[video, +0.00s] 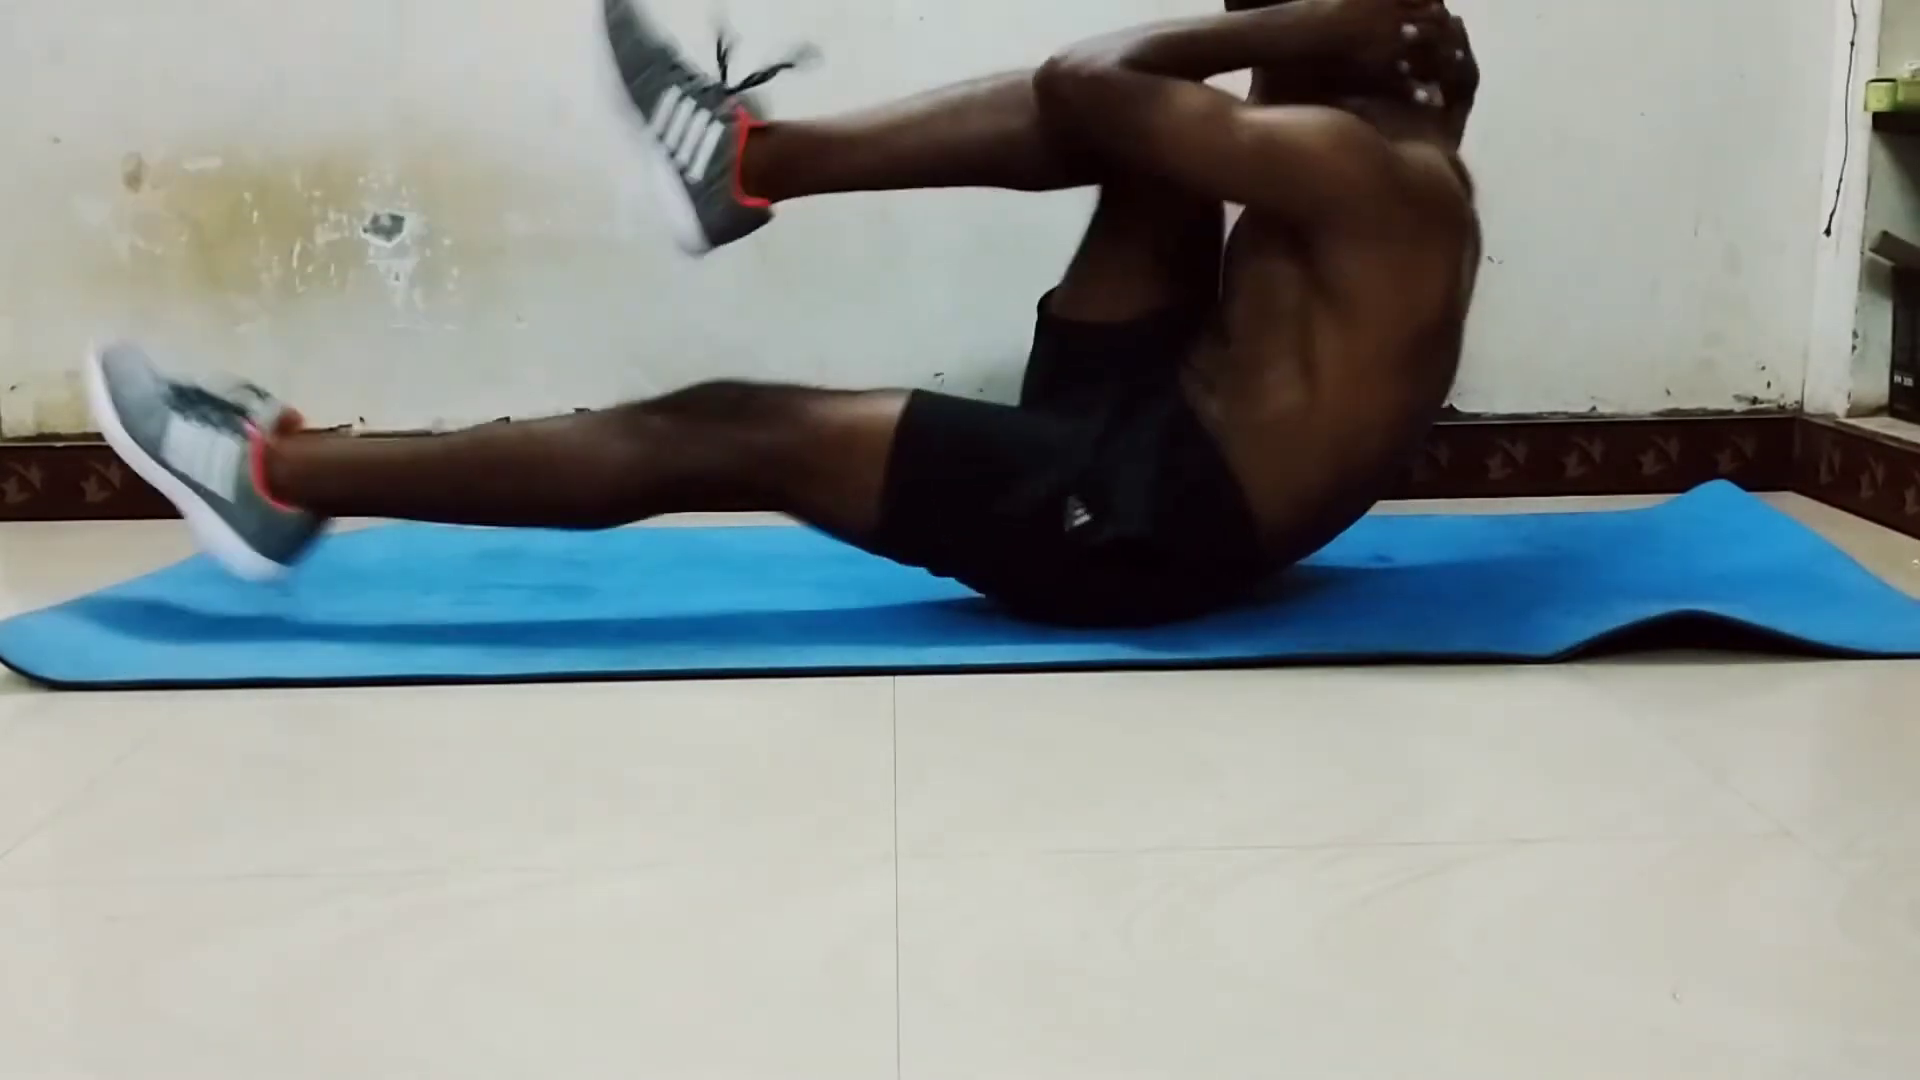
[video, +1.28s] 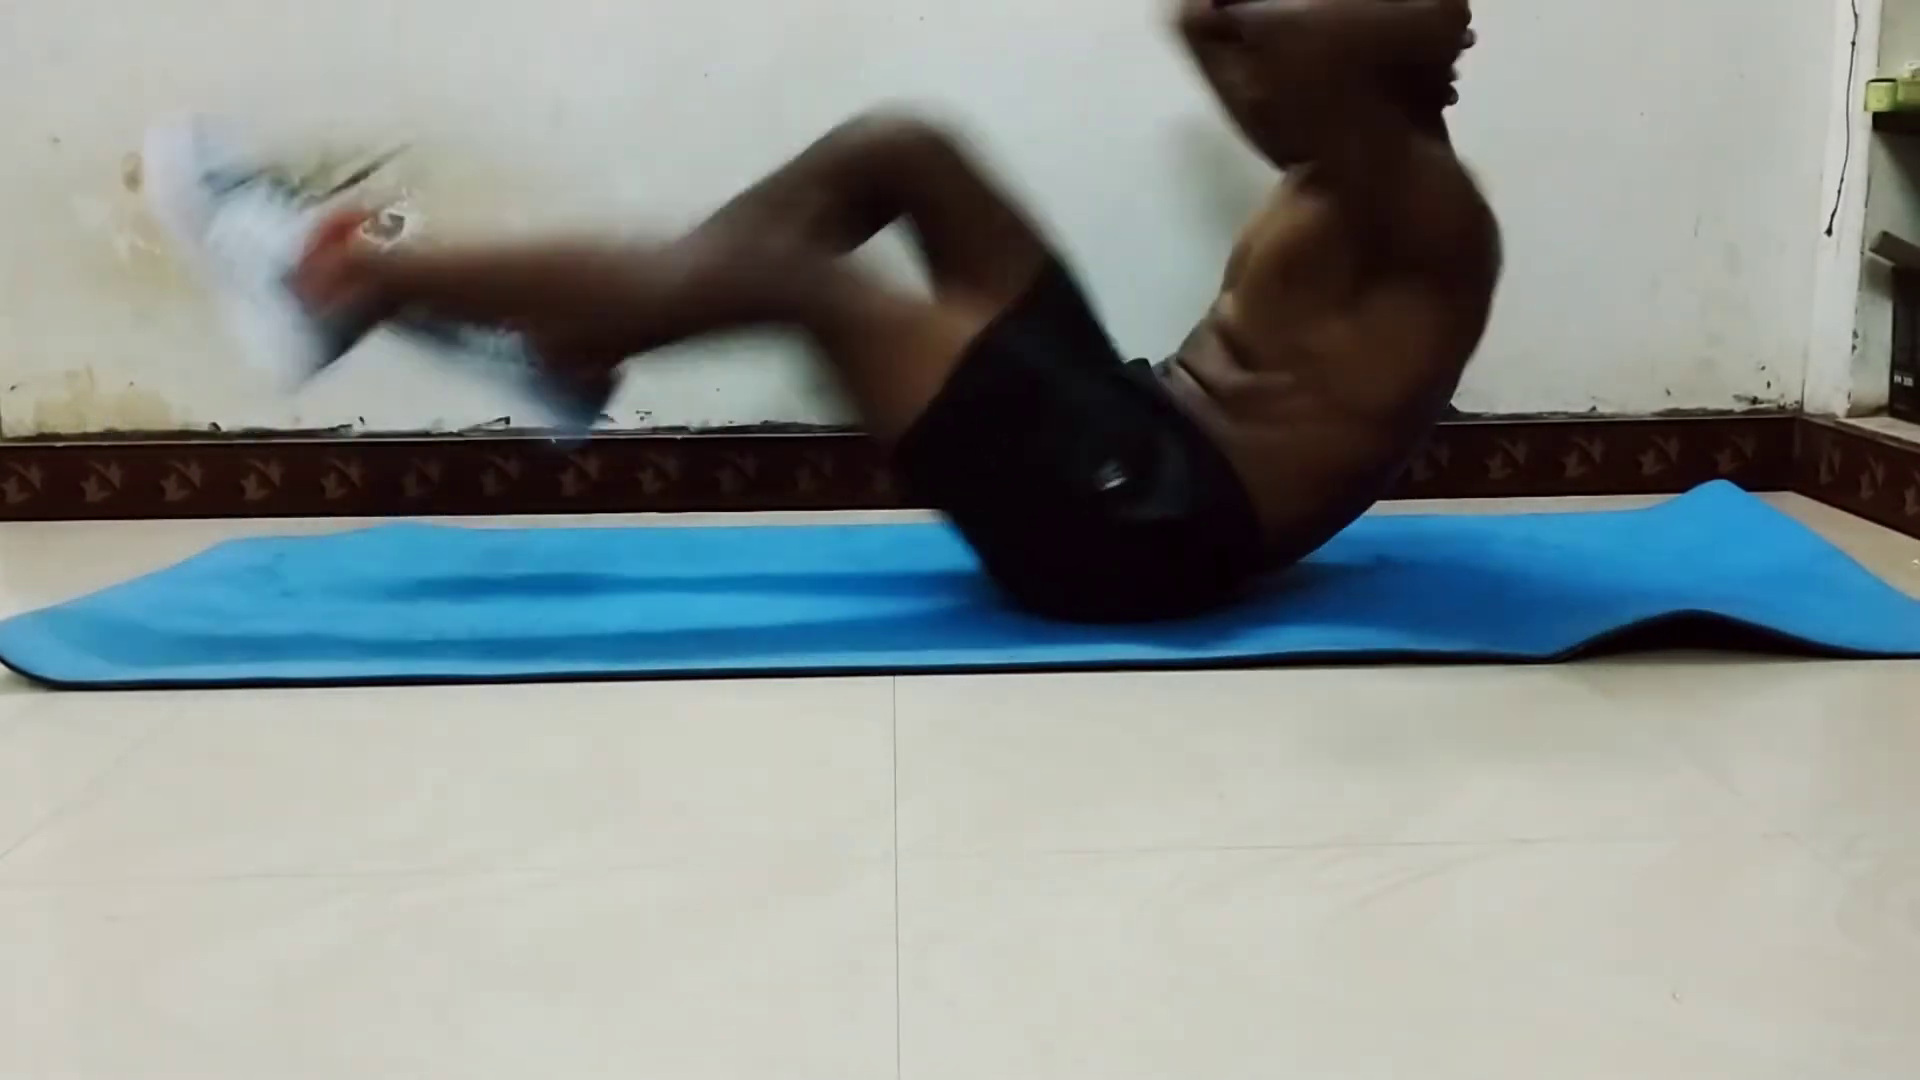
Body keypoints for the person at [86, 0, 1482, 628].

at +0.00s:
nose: (1254, 75)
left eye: (1296, 52)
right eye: (1280, 47)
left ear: (1392, 66)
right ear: (1409, 74)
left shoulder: (1367, 170)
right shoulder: (1388, 166)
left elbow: (1072, 106)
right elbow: (1109, 88)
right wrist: (1343, 39)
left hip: (1132, 517)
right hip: (1143, 440)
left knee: (731, 430)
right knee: (1150, 123)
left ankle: (285, 472)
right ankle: (757, 161)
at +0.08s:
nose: (1257, 63)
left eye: (1276, 40)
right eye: (1268, 40)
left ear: (1385, 45)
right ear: (1406, 52)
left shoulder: (1388, 162)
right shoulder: (1385, 158)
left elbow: (1094, 91)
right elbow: (1113, 82)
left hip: (1146, 520)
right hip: (1151, 429)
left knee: (752, 388)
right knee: (1092, 116)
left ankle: (328, 472)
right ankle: (697, 184)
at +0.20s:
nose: (1274, 66)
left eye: (1289, 49)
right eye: (1289, 45)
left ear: (1365, 54)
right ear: (1386, 56)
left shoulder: (1402, 166)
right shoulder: (1389, 167)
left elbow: (1136, 62)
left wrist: (1360, 60)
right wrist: (1322, 67)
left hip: (1148, 514)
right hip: (1148, 427)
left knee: (762, 346)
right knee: (1046, 112)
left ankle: (347, 457)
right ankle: (638, 200)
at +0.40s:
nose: (1468, 52)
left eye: (1448, 32)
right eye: (1450, 31)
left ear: (1405, 64)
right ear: (1407, 62)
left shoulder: (1438, 204)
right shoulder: (1396, 204)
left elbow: (1242, 44)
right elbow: (1248, 47)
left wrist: (1389, 26)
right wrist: (1376, 31)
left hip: (1159, 515)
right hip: (1140, 482)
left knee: (864, 193)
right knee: (862, 187)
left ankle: (487, 332)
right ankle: (495, 281)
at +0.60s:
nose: (1295, 92)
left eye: (1322, 60)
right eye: (1289, 61)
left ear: (1435, 59)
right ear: (1348, 71)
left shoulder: (1449, 192)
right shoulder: (1329, 177)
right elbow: (1128, 99)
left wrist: (1421, 58)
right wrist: (1281, 55)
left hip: (1157, 508)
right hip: (1104, 475)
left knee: (1023, 102)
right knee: (757, 332)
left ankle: (632, 183)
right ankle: (370, 337)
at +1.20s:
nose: (1269, 92)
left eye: (1295, 63)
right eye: (1265, 65)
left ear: (1398, 58)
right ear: (1283, 63)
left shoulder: (1458, 217)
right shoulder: (1299, 155)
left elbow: (1491, 61)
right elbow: (1119, 25)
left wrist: (1435, 41)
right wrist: (1270, 19)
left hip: (1169, 524)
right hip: (1110, 481)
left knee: (907, 169)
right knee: (852, 223)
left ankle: (489, 200)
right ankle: (495, 414)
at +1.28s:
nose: (1242, 92)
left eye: (1272, 65)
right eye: (1243, 71)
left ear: (1395, 65)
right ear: (1362, 68)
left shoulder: (1426, 218)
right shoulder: (1352, 186)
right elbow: (1226, 62)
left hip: (1150, 520)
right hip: (1124, 440)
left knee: (797, 267)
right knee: (900, 155)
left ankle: (347, 277)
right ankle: (587, 344)